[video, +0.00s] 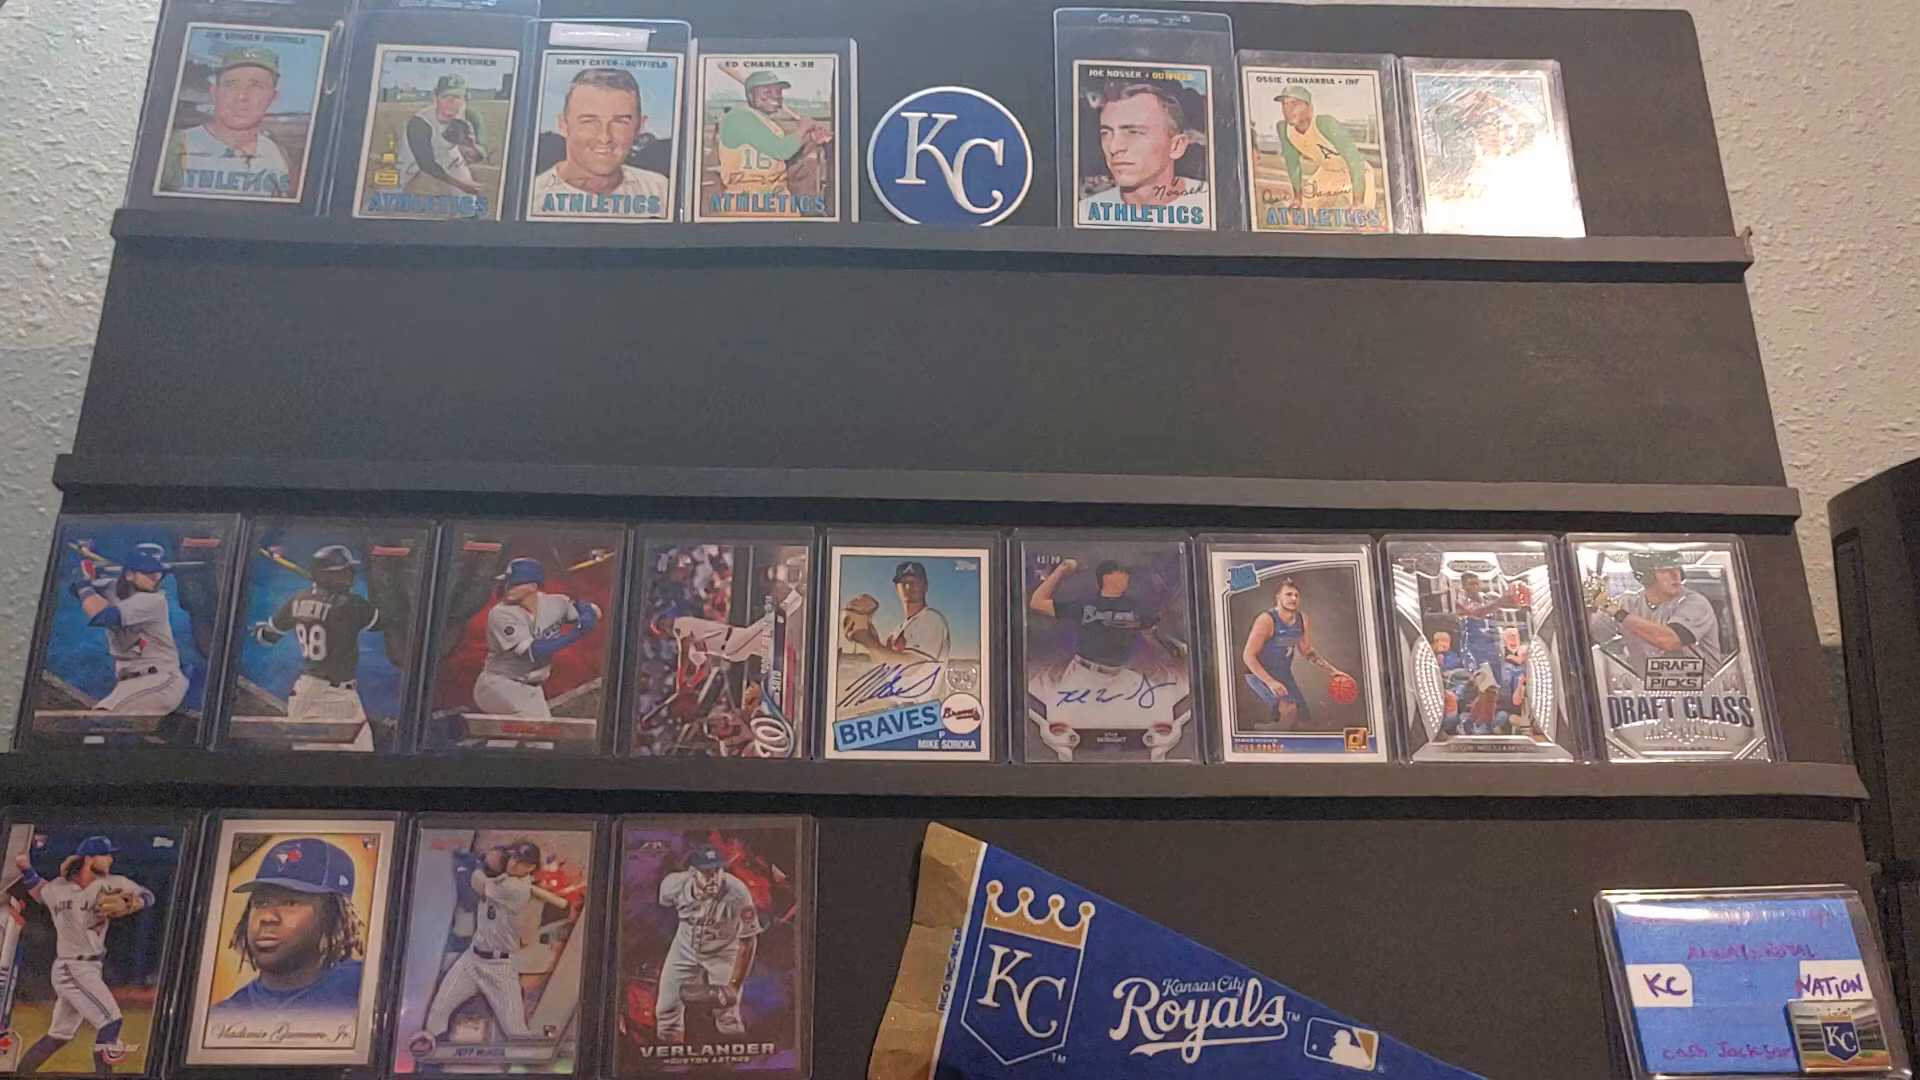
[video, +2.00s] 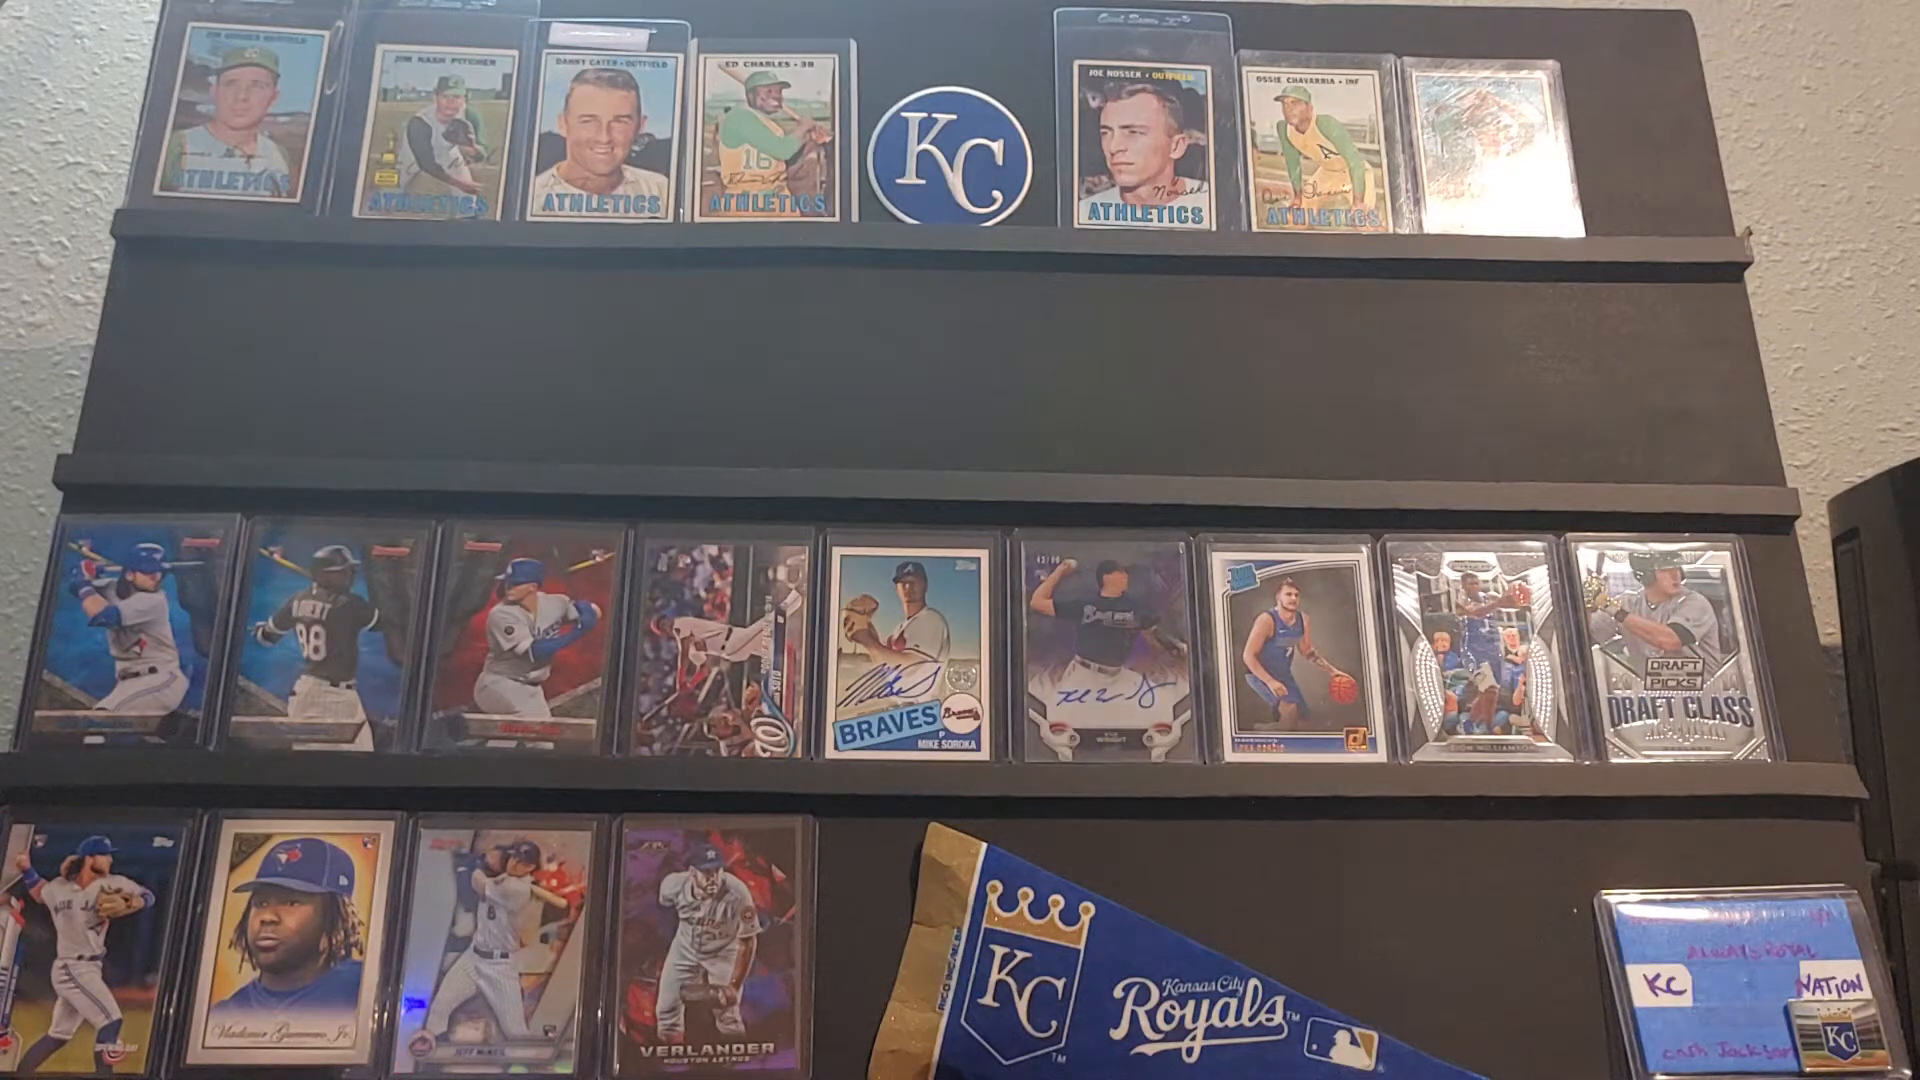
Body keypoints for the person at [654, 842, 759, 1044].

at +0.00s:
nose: (712, 879)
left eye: (716, 872)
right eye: (706, 873)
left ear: (722, 870)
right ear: (692, 871)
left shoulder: (738, 893)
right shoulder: (672, 885)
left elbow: (749, 941)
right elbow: (666, 911)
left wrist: (734, 985)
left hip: (724, 953)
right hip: (684, 947)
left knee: (727, 1016)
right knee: (666, 1011)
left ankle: (740, 1071)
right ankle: (674, 1071)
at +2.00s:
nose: (712, 878)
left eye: (716, 871)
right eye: (705, 872)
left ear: (722, 869)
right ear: (692, 871)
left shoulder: (738, 893)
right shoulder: (673, 885)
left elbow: (748, 942)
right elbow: (665, 913)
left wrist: (734, 985)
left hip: (724, 953)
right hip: (684, 947)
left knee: (727, 1015)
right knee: (666, 1009)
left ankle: (740, 1068)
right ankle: (673, 1071)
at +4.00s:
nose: (711, 878)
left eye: (715, 871)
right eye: (705, 872)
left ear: (722, 869)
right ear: (693, 871)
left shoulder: (738, 893)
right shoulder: (673, 885)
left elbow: (748, 941)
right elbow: (666, 907)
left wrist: (735, 985)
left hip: (724, 953)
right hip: (684, 947)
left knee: (727, 1014)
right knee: (666, 1009)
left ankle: (740, 1068)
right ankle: (674, 1071)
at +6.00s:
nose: (712, 879)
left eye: (716, 872)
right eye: (705, 872)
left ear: (722, 870)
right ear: (692, 871)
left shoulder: (738, 894)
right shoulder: (672, 886)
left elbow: (749, 942)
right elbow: (667, 909)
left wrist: (735, 985)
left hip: (724, 954)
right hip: (684, 948)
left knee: (727, 1015)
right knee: (666, 1009)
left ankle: (740, 1068)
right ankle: (673, 1069)